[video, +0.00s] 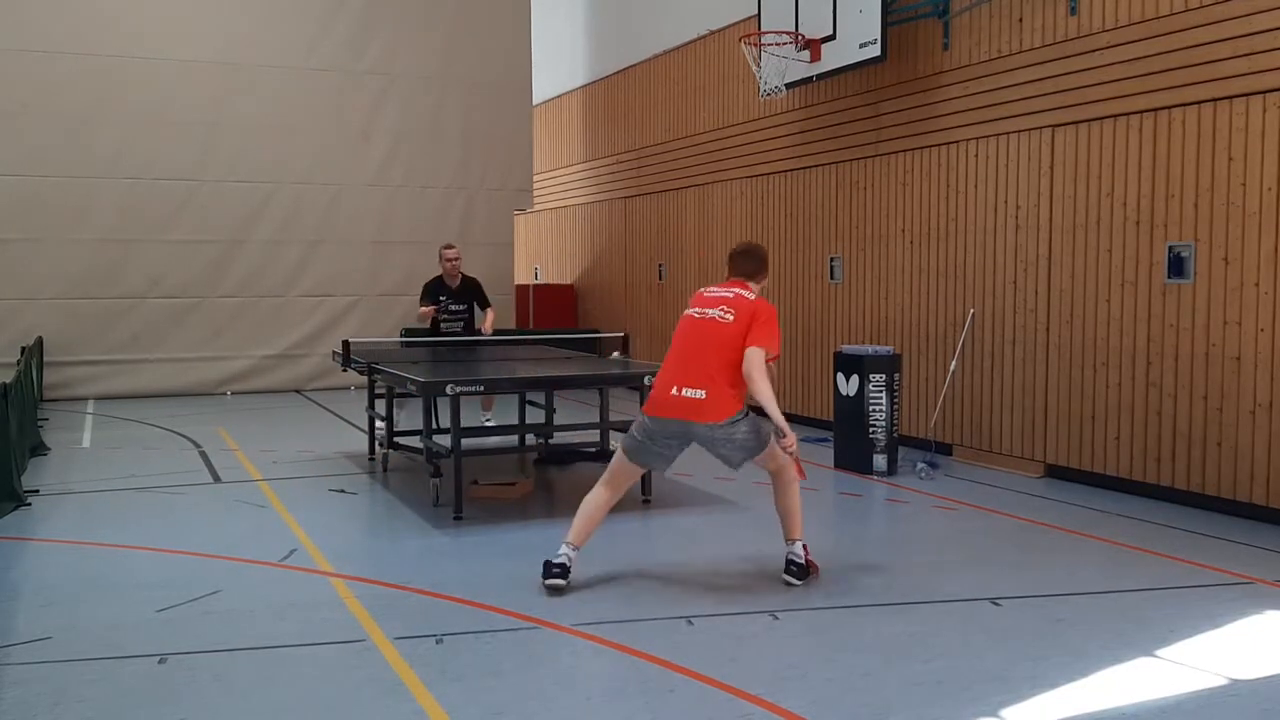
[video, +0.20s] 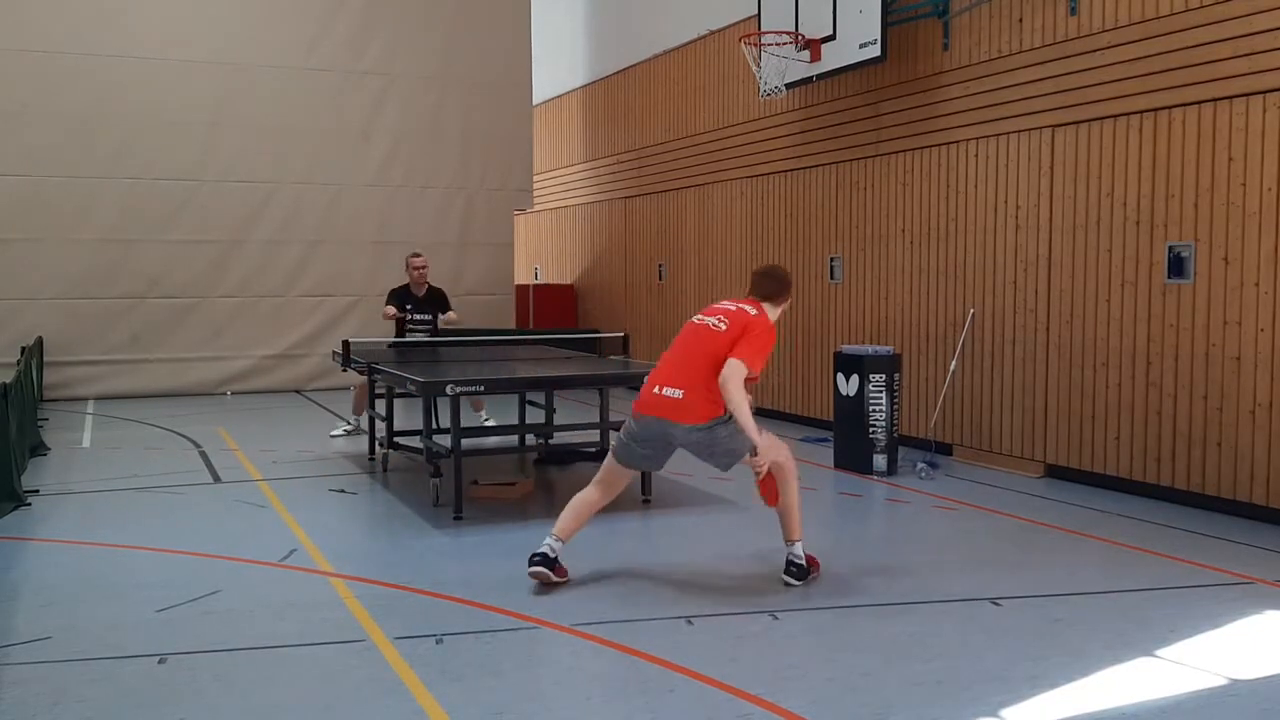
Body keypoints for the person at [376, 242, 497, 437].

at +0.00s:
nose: (454, 264)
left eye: (457, 260)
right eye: (449, 260)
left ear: (461, 261)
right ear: (440, 263)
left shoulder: (471, 283)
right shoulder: (431, 286)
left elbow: (489, 310)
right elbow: (421, 317)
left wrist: (487, 326)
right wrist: (428, 312)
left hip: (467, 345)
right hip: (437, 347)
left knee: (491, 373)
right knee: (407, 373)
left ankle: (487, 418)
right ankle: (392, 419)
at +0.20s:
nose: (421, 272)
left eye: (424, 268)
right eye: (416, 269)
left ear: (429, 269)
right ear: (407, 272)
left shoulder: (438, 294)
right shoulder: (398, 293)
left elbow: (454, 318)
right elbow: (387, 311)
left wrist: (448, 318)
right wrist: (391, 313)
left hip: (433, 356)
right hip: (401, 356)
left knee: (468, 376)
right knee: (364, 383)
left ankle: (484, 418)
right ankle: (354, 422)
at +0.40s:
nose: (390, 272)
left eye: (392, 267)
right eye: (384, 269)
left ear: (396, 268)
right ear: (375, 272)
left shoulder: (408, 289)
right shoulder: (370, 294)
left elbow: (405, 312)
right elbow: (358, 323)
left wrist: (384, 312)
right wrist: (344, 336)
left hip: (410, 352)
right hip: (382, 352)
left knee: (437, 381)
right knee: (351, 378)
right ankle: (337, 422)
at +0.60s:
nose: (370, 282)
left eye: (372, 278)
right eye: (364, 280)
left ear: (377, 278)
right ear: (356, 284)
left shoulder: (389, 299)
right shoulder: (359, 308)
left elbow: (369, 316)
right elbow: (356, 340)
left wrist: (333, 316)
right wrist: (342, 361)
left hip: (403, 356)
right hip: (376, 357)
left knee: (433, 384)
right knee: (346, 379)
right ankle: (338, 423)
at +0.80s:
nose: (361, 287)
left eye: (363, 283)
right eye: (356, 285)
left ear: (368, 283)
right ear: (348, 290)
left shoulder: (377, 302)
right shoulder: (360, 309)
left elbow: (345, 317)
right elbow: (370, 339)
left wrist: (311, 316)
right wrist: (368, 356)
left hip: (403, 356)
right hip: (380, 357)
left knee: (429, 387)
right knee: (347, 379)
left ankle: (457, 422)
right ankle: (339, 423)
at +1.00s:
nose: (333, 282)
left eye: (336, 277)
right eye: (328, 280)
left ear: (344, 275)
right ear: (325, 283)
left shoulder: (349, 294)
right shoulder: (351, 294)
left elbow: (329, 316)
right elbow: (370, 322)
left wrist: (294, 318)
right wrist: (356, 344)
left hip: (382, 352)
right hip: (375, 351)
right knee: (333, 377)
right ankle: (336, 422)